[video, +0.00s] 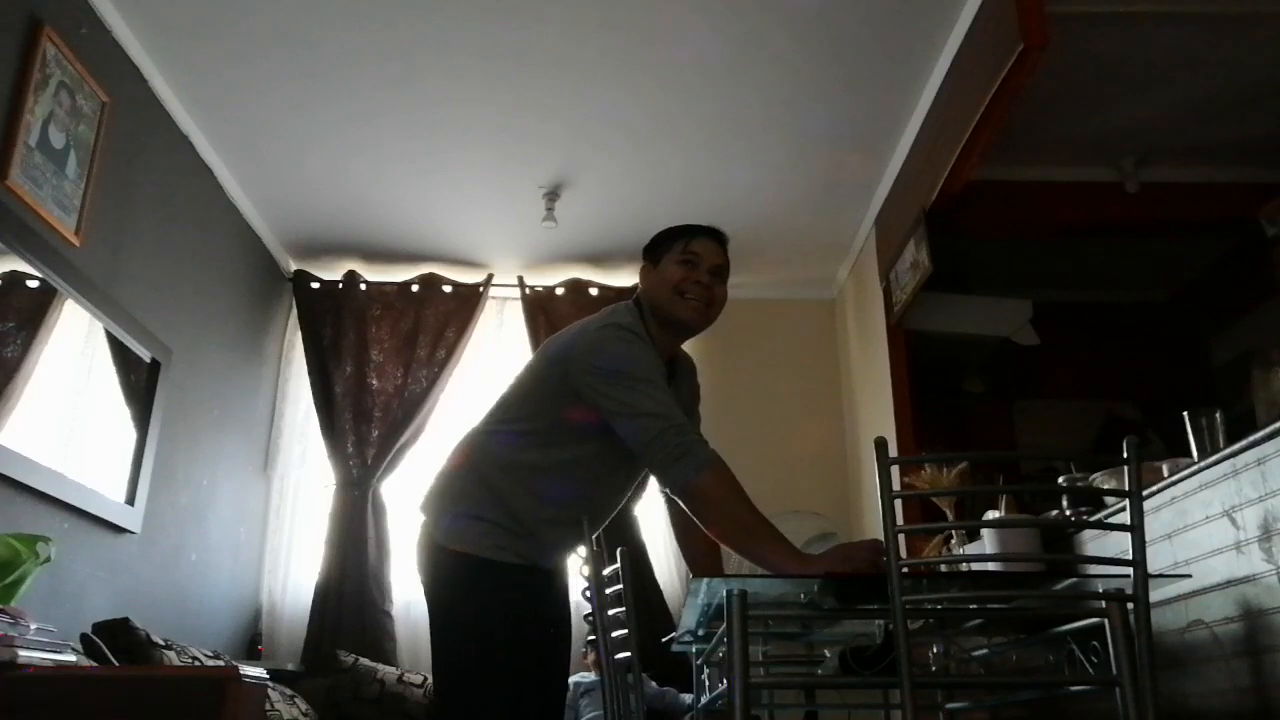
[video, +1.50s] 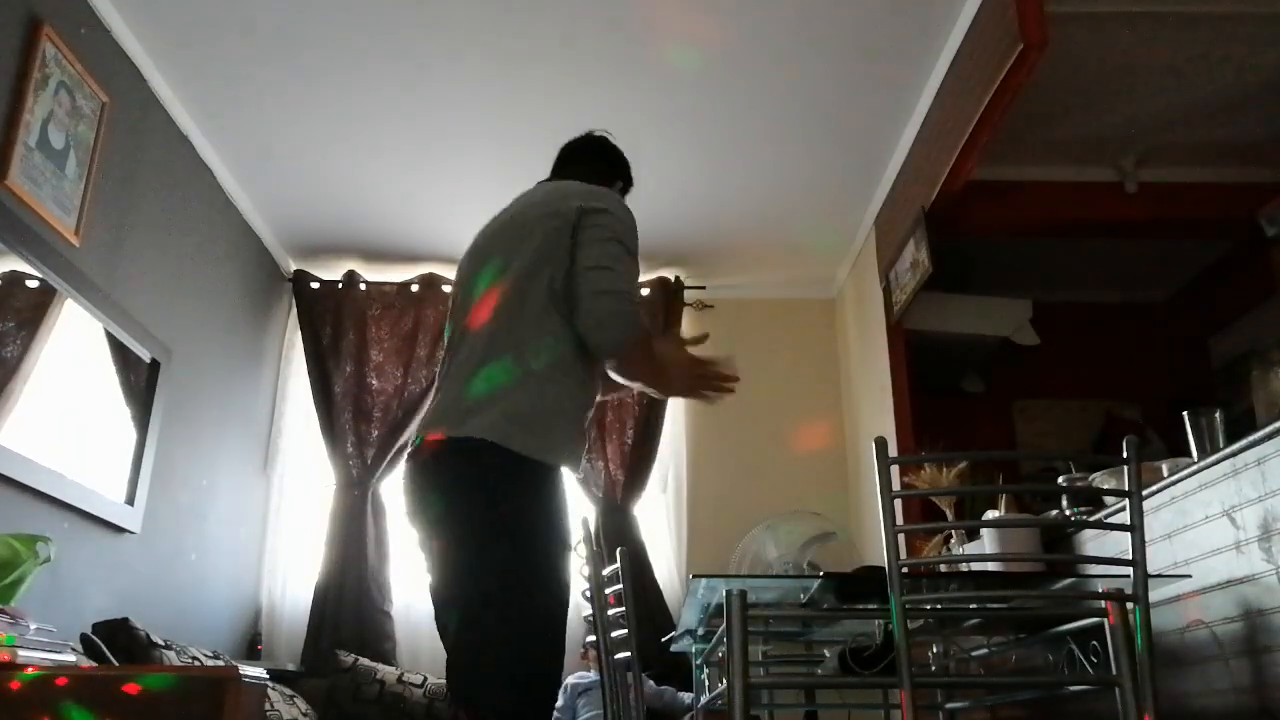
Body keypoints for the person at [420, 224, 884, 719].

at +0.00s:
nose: (703, 280)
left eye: (717, 275)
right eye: (687, 263)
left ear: (722, 300)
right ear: (646, 272)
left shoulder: (679, 378)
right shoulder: (611, 343)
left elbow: (687, 498)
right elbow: (691, 470)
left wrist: (718, 602)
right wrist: (798, 564)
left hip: (536, 555)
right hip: (476, 542)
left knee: (538, 704)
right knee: (488, 706)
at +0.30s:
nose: (700, 278)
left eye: (715, 273)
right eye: (684, 261)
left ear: (719, 297)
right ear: (644, 272)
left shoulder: (673, 378)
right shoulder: (611, 340)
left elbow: (685, 498)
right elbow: (690, 467)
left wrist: (716, 599)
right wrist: (802, 565)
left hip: (526, 552)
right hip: (466, 537)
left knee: (529, 703)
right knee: (475, 705)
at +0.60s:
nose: (699, 270)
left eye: (713, 265)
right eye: (683, 255)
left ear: (718, 291)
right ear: (642, 269)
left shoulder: (676, 374)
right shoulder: (612, 336)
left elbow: (688, 497)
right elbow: (693, 468)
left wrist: (717, 600)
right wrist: (801, 564)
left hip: (524, 551)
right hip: (463, 534)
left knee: (526, 702)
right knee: (469, 704)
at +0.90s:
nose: (710, 284)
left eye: (722, 280)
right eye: (696, 265)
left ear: (723, 302)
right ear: (650, 268)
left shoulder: (672, 377)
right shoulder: (613, 339)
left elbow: (685, 499)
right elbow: (693, 469)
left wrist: (717, 601)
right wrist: (803, 564)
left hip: (526, 549)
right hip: (470, 534)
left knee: (535, 704)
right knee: (492, 705)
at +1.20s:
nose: (685, 325)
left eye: (690, 308)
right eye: (689, 305)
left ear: (626, 281)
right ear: (668, 290)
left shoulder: (579, 335)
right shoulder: (599, 333)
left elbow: (656, 487)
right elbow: (682, 456)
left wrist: (722, 579)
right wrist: (799, 547)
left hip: (470, 563)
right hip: (484, 566)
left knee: (520, 714)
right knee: (555, 713)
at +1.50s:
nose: (623, 204)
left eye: (625, 197)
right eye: (623, 195)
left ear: (556, 174)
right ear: (615, 184)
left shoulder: (500, 228)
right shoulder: (599, 205)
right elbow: (611, 327)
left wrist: (633, 357)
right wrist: (667, 374)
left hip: (440, 459)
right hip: (504, 459)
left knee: (473, 654)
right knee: (523, 662)